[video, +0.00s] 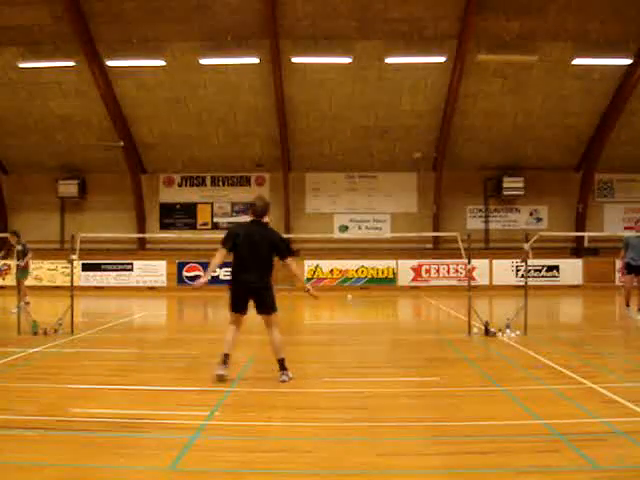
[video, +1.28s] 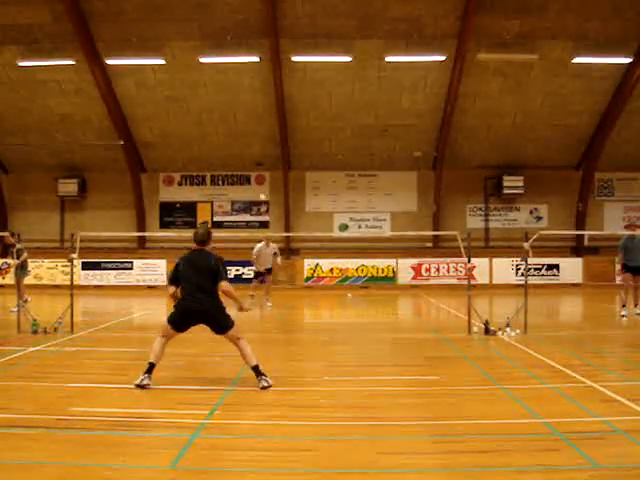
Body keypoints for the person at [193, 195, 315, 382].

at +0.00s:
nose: (267, 215)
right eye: (268, 213)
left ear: (250, 212)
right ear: (267, 214)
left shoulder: (236, 231)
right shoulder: (273, 235)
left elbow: (220, 254)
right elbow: (290, 263)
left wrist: (207, 275)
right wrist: (305, 285)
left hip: (239, 285)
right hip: (262, 286)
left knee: (234, 323)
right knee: (272, 326)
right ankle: (283, 369)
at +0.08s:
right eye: (260, 215)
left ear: (245, 217)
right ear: (260, 218)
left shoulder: (232, 235)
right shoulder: (266, 237)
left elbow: (213, 256)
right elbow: (286, 263)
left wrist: (197, 276)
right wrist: (304, 283)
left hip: (234, 287)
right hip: (258, 287)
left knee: (223, 326)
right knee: (272, 327)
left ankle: (205, 365)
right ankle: (283, 370)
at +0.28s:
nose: (246, 227)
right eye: (245, 225)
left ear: (227, 225)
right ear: (242, 226)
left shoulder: (213, 244)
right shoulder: (246, 244)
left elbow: (190, 268)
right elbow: (262, 264)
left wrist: (182, 285)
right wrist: (282, 282)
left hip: (212, 292)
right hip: (236, 293)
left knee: (196, 333)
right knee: (257, 331)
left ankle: (181, 374)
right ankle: (281, 369)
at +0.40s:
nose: (234, 231)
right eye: (233, 228)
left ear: (215, 230)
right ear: (231, 230)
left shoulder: (204, 247)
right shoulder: (234, 248)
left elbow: (182, 270)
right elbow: (247, 272)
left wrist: (181, 288)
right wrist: (260, 290)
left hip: (199, 289)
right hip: (224, 290)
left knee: (179, 325)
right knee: (247, 329)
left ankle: (170, 363)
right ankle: (267, 370)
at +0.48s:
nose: (222, 240)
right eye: (222, 238)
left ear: (208, 239)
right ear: (223, 240)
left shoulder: (195, 257)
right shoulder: (227, 259)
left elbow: (179, 282)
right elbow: (244, 284)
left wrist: (181, 297)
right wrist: (253, 304)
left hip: (192, 297)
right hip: (217, 299)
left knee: (168, 330)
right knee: (241, 334)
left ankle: (147, 370)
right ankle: (255, 375)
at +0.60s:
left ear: (197, 255)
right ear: (213, 256)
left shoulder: (186, 272)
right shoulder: (218, 275)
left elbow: (168, 298)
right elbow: (239, 301)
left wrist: (160, 318)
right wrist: (239, 319)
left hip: (184, 310)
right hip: (208, 312)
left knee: (158, 336)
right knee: (237, 338)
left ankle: (141, 374)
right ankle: (254, 377)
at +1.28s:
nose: (209, 239)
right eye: (210, 237)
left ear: (194, 240)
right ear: (210, 240)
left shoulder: (183, 260)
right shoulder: (216, 261)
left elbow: (172, 290)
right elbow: (223, 287)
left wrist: (180, 304)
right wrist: (239, 304)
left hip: (186, 308)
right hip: (212, 309)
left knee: (163, 337)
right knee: (238, 340)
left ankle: (147, 374)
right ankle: (260, 376)